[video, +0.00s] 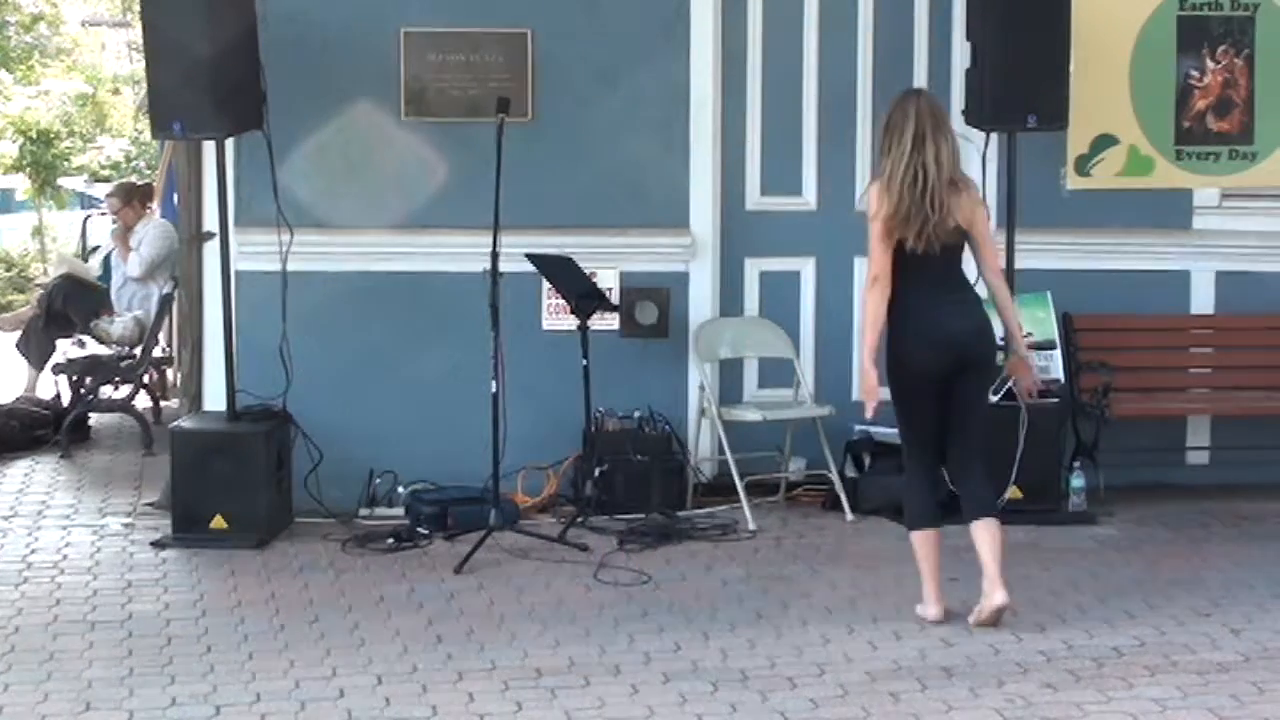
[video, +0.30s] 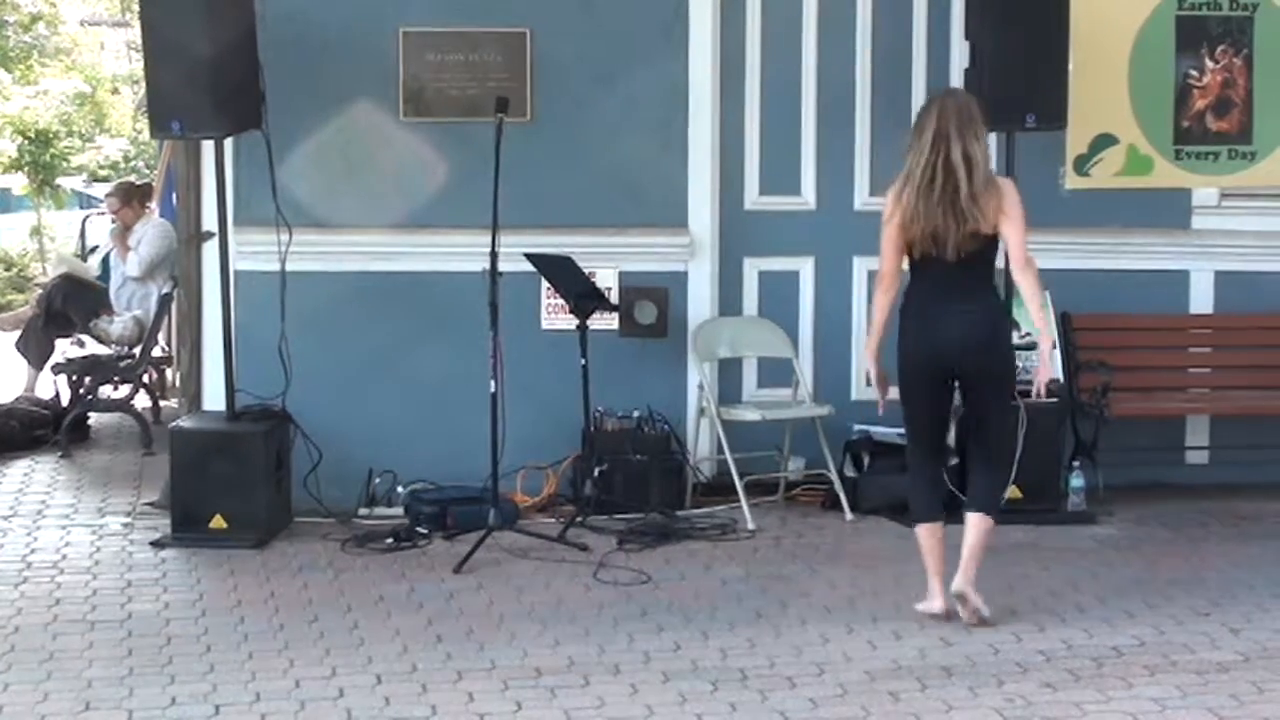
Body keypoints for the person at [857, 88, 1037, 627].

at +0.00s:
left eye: (890, 131)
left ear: (893, 135)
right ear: (944, 135)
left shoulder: (884, 193)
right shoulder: (965, 194)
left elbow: (879, 281)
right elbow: (993, 275)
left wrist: (868, 360)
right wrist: (1018, 346)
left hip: (914, 339)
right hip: (970, 334)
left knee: (919, 461)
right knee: (971, 458)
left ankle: (932, 599)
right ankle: (995, 585)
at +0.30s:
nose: (980, 138)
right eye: (978, 128)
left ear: (924, 135)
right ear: (977, 136)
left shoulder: (903, 194)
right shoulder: (999, 191)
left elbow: (889, 279)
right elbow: (1020, 266)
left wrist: (872, 346)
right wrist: (1046, 337)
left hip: (921, 337)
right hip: (984, 336)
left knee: (924, 455)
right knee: (991, 453)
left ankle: (936, 591)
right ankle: (966, 577)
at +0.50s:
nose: (1006, 136)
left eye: (1002, 127)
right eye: (1003, 128)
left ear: (948, 133)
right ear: (994, 134)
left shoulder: (929, 189)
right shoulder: (1007, 191)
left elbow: (905, 274)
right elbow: (1002, 268)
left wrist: (910, 339)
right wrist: (1006, 347)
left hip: (930, 329)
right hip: (976, 330)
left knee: (949, 449)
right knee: (981, 456)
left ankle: (906, 560)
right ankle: (954, 601)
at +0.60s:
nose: (1021, 129)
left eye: (1018, 120)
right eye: (1013, 122)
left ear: (970, 138)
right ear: (991, 136)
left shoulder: (954, 189)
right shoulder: (994, 191)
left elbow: (942, 279)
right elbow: (968, 272)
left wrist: (979, 331)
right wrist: (984, 347)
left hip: (943, 333)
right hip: (970, 336)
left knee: (950, 461)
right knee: (991, 466)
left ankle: (898, 584)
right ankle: (945, 596)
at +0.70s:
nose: (1009, 140)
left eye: (1014, 131)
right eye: (997, 133)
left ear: (1024, 138)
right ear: (977, 145)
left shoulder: (1010, 202)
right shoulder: (974, 199)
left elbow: (1003, 297)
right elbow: (939, 286)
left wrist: (1058, 331)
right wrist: (969, 359)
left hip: (995, 349)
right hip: (964, 350)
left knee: (998, 471)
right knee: (988, 471)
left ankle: (907, 560)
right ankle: (949, 599)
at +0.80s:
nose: (1021, 145)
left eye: (1029, 137)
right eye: (1010, 137)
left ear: (1040, 150)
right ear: (990, 150)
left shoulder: (1042, 214)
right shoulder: (968, 209)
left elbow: (1064, 284)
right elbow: (931, 292)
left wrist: (1104, 265)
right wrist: (958, 367)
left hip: (1005, 356)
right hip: (963, 354)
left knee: (1047, 464)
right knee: (991, 476)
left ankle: (979, 548)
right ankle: (948, 598)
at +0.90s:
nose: (1060, 144)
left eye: (1060, 135)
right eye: (1047, 137)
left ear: (1061, 151)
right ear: (1017, 151)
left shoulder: (1063, 213)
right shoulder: (984, 210)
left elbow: (1134, 243)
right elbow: (933, 283)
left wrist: (1164, 199)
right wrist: (959, 356)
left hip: (1026, 360)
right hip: (980, 359)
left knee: (1077, 462)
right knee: (994, 481)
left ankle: (1074, 575)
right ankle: (949, 600)